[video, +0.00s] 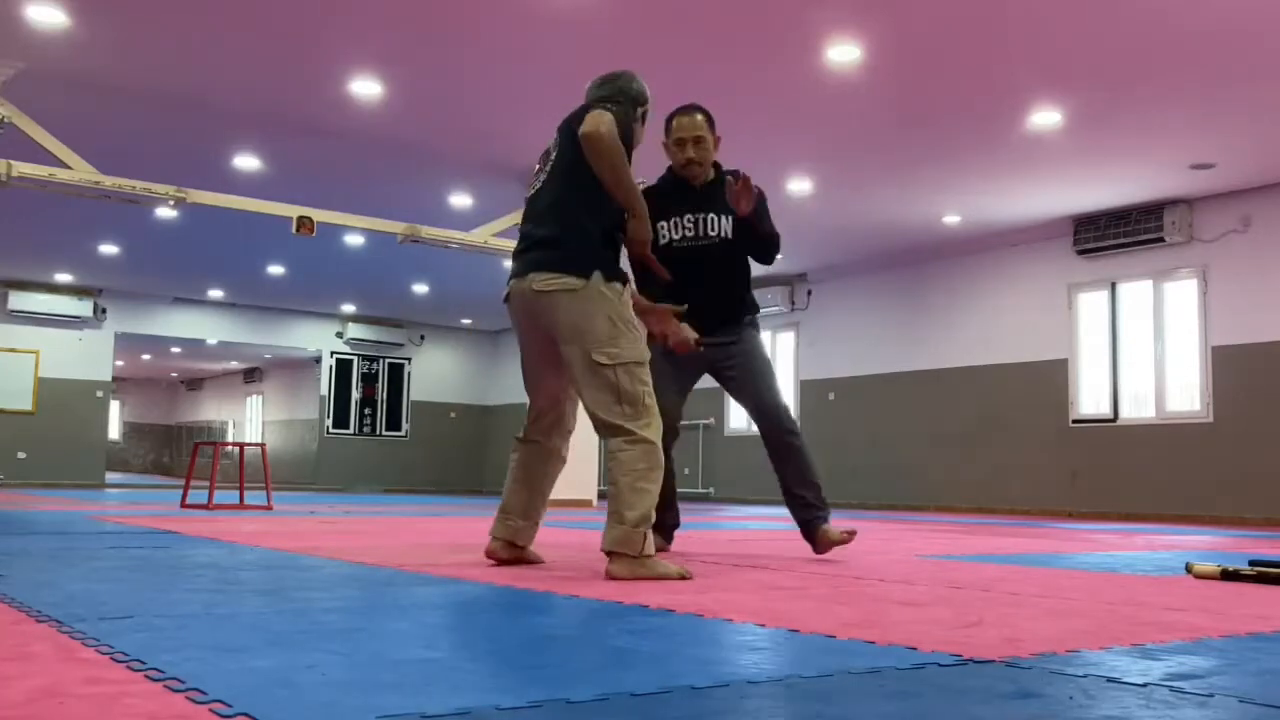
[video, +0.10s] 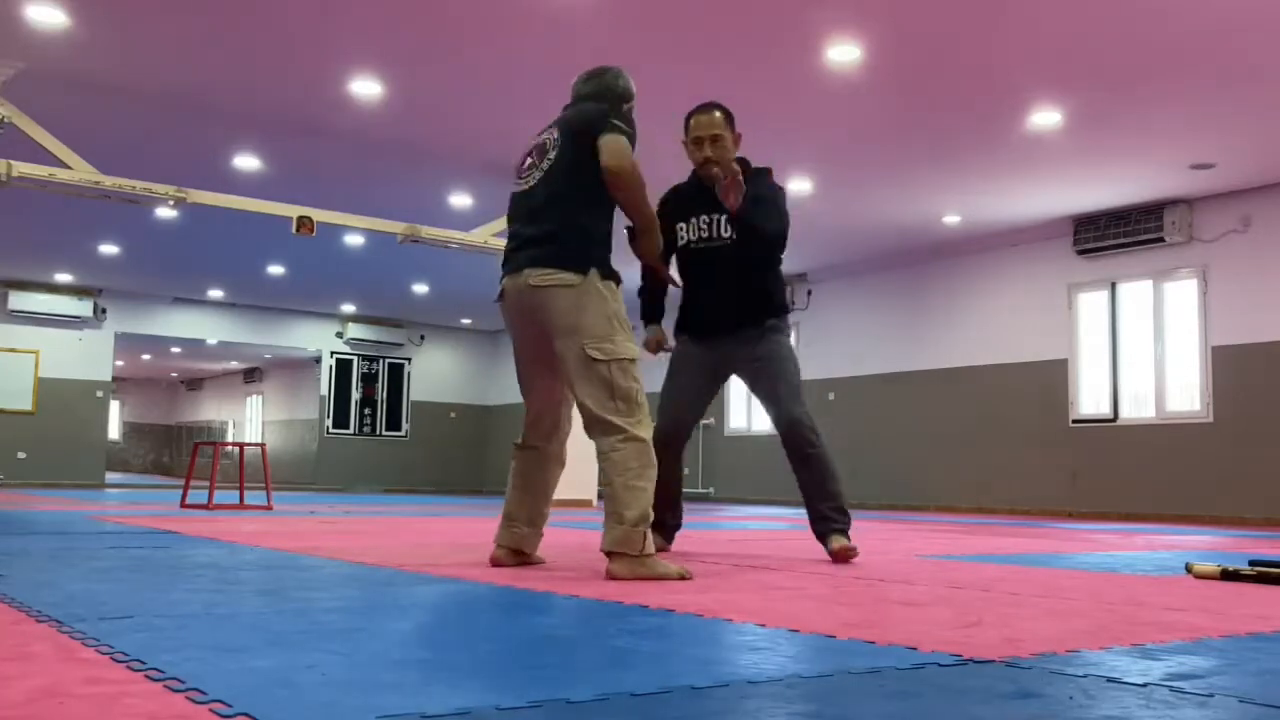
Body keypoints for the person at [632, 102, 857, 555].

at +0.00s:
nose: (690, 153)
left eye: (698, 142)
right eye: (680, 144)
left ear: (716, 143)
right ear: (666, 147)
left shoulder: (740, 192)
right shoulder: (647, 203)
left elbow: (767, 254)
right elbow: (635, 276)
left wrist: (750, 215)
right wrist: (659, 318)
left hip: (734, 335)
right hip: (673, 338)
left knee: (777, 420)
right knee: (654, 430)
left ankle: (816, 526)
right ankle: (659, 529)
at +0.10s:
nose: (705, 150)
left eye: (715, 140)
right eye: (696, 143)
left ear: (736, 142)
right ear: (686, 148)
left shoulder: (761, 186)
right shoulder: (674, 203)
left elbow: (772, 246)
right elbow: (656, 264)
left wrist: (740, 209)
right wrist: (652, 322)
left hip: (761, 334)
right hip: (700, 338)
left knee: (796, 424)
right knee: (667, 434)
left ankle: (834, 531)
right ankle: (661, 530)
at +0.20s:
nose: (724, 152)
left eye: (734, 140)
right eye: (715, 143)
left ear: (758, 137)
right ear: (707, 145)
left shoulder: (785, 177)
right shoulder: (714, 189)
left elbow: (771, 246)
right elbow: (710, 247)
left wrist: (706, 244)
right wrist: (697, 283)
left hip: (794, 327)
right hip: (736, 330)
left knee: (815, 422)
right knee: (701, 429)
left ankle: (840, 536)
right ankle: (673, 533)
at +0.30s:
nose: (749, 151)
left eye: (759, 139)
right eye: (740, 142)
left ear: (784, 136)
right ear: (733, 143)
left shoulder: (807, 184)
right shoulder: (744, 185)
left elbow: (763, 247)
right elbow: (763, 243)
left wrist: (688, 281)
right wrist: (736, 244)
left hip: (813, 323)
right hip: (756, 323)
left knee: (821, 419)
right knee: (728, 425)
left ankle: (841, 536)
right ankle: (741, 525)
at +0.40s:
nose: (769, 151)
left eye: (778, 140)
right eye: (760, 142)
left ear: (804, 136)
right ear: (752, 144)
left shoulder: (829, 186)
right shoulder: (749, 187)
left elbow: (801, 268)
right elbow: (744, 255)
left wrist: (731, 313)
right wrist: (737, 238)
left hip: (828, 323)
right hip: (772, 324)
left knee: (830, 419)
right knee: (751, 429)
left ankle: (842, 535)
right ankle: (778, 521)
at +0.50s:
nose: (783, 158)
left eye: (793, 146)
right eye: (773, 148)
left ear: (818, 141)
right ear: (764, 147)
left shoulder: (851, 193)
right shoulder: (753, 194)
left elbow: (856, 279)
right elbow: (730, 270)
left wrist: (792, 319)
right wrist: (753, 226)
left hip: (838, 327)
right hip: (777, 328)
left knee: (838, 422)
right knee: (758, 434)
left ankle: (839, 535)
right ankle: (765, 519)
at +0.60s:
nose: (793, 161)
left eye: (804, 149)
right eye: (785, 150)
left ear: (828, 144)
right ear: (774, 148)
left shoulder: (861, 192)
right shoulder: (766, 192)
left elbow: (896, 251)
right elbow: (742, 256)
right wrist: (756, 202)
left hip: (840, 332)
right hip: (779, 331)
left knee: (844, 427)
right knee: (758, 432)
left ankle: (837, 535)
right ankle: (747, 518)